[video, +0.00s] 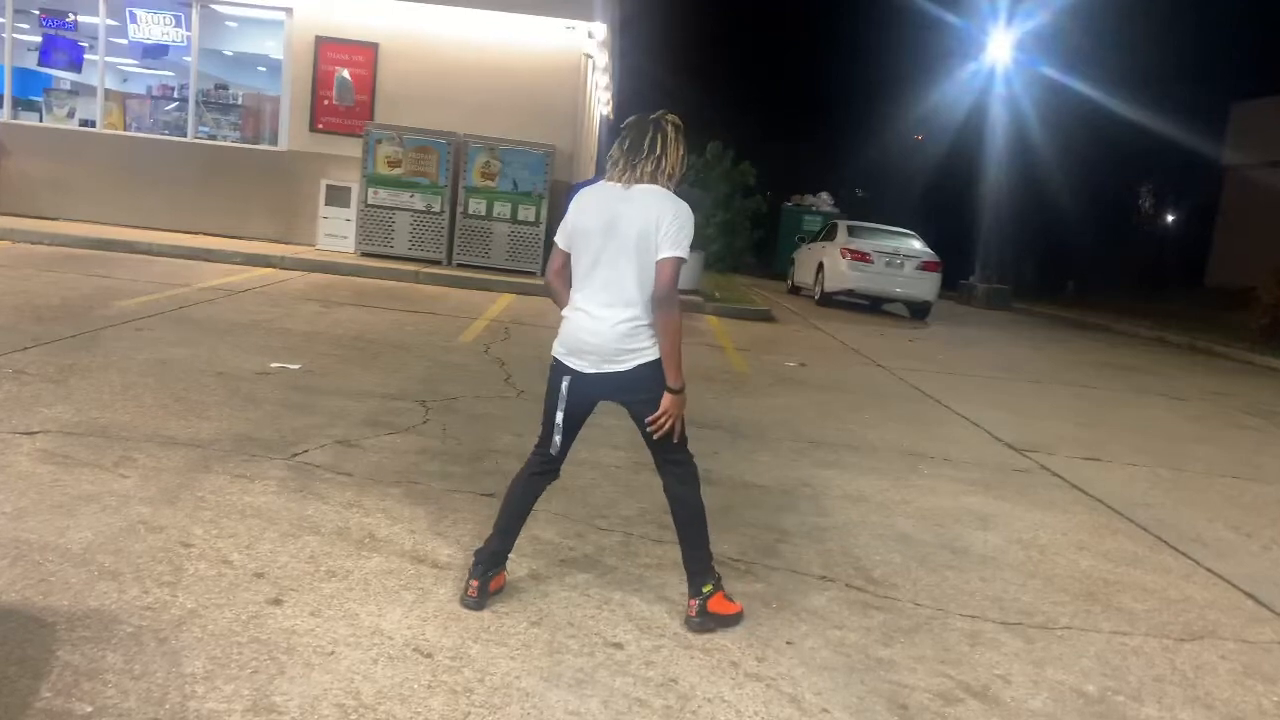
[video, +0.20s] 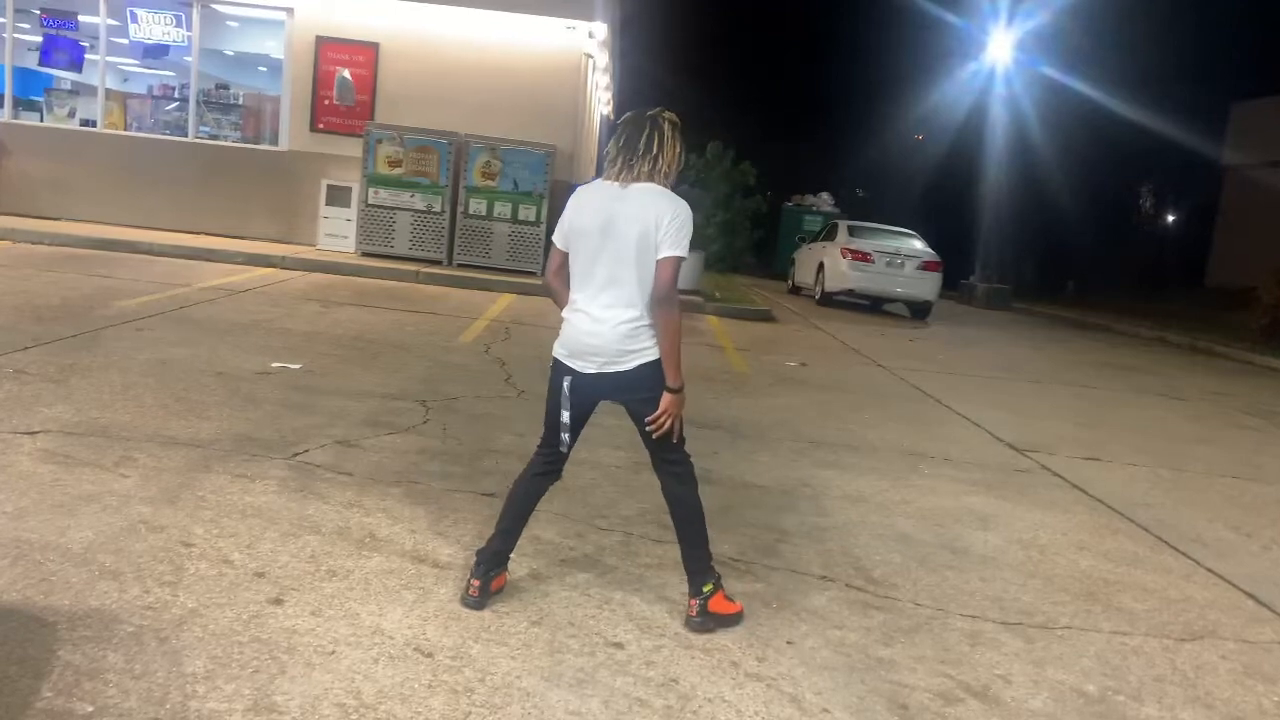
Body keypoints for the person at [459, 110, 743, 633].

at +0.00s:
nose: (680, 165)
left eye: (680, 157)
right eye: (678, 157)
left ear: (622, 149)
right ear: (669, 157)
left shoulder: (584, 197)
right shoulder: (672, 208)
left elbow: (555, 275)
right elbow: (664, 295)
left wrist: (585, 318)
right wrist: (674, 384)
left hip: (574, 361)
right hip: (638, 365)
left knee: (542, 461)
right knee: (677, 467)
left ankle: (484, 571)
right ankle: (704, 591)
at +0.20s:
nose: (677, 162)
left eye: (677, 155)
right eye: (676, 155)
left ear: (619, 146)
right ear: (666, 154)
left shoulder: (582, 196)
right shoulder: (671, 207)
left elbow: (554, 276)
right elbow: (663, 297)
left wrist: (587, 317)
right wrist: (674, 384)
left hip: (574, 360)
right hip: (637, 364)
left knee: (545, 461)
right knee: (675, 469)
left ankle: (485, 572)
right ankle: (704, 591)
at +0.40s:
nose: (679, 163)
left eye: (679, 155)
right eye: (677, 154)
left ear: (619, 144)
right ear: (666, 154)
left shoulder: (580, 194)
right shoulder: (670, 207)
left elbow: (553, 273)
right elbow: (663, 296)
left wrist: (582, 316)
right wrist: (672, 383)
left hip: (573, 360)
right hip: (637, 365)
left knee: (546, 462)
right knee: (672, 467)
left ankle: (485, 572)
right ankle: (704, 590)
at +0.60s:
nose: (680, 163)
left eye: (680, 155)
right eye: (678, 154)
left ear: (620, 143)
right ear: (666, 153)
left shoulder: (579, 194)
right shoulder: (671, 207)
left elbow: (552, 271)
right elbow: (664, 298)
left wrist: (580, 315)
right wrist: (673, 383)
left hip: (574, 361)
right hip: (637, 365)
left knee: (546, 462)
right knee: (673, 469)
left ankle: (485, 572)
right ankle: (704, 591)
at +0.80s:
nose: (680, 163)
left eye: (680, 155)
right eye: (678, 154)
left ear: (621, 143)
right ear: (667, 153)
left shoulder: (579, 193)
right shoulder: (671, 207)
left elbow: (553, 271)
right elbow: (666, 297)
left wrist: (581, 314)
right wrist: (676, 383)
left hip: (574, 360)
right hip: (639, 364)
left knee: (545, 460)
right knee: (674, 467)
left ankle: (485, 571)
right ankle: (704, 590)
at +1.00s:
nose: (675, 161)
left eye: (675, 153)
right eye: (673, 152)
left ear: (615, 145)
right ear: (662, 152)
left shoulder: (576, 196)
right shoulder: (670, 208)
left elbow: (552, 275)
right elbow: (678, 298)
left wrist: (584, 316)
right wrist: (692, 380)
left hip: (578, 359)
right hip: (645, 362)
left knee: (548, 461)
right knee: (677, 468)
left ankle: (486, 571)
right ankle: (705, 591)